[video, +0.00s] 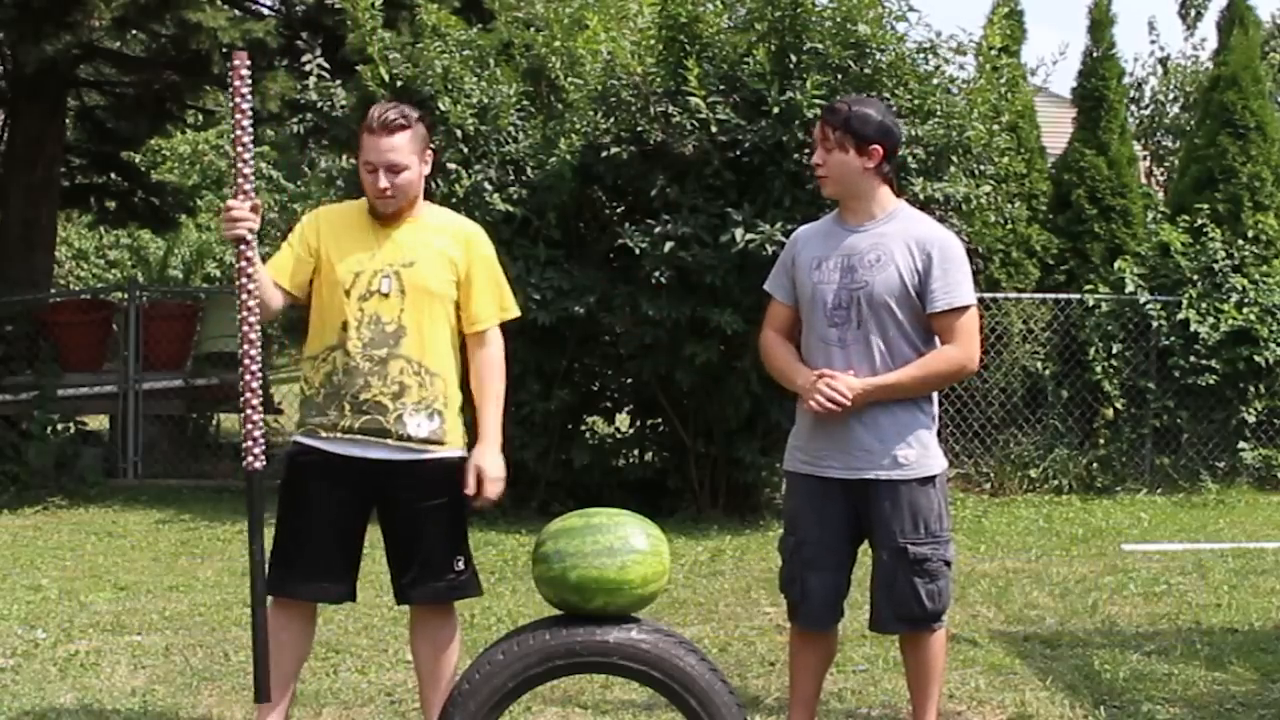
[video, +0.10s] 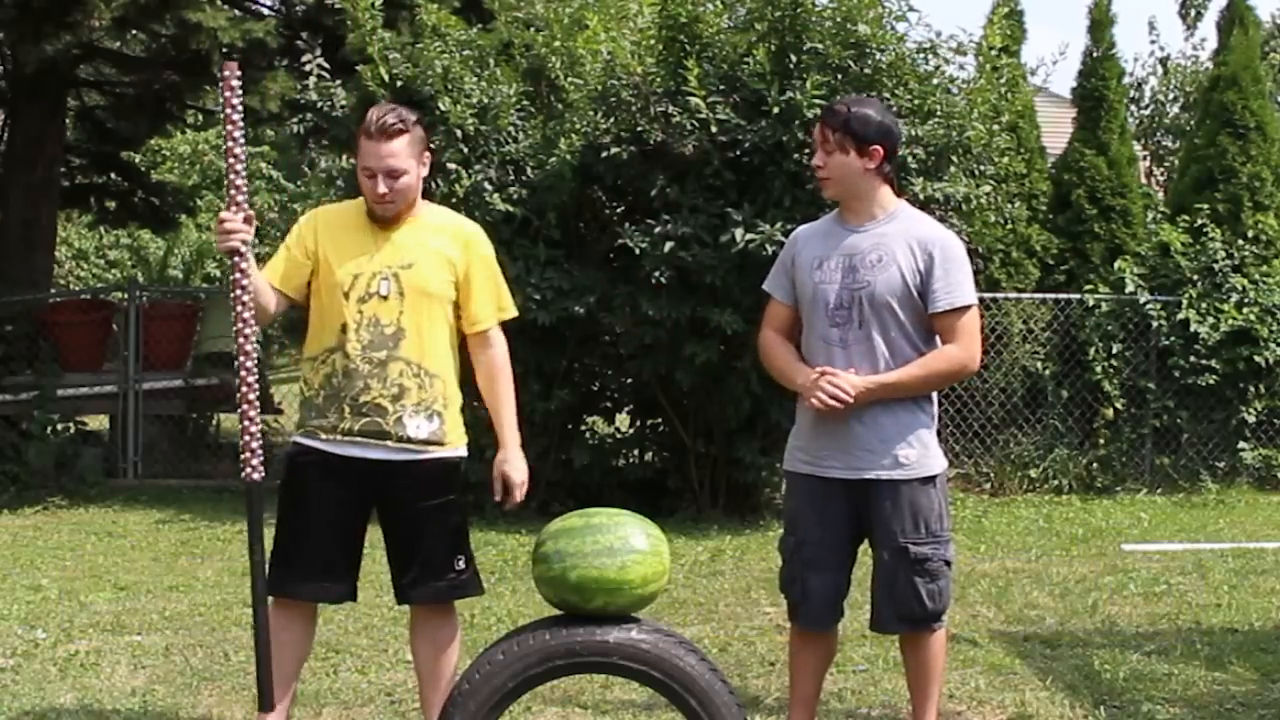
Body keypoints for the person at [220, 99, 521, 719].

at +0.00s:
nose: (382, 182)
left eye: (397, 168)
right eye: (370, 168)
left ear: (427, 162)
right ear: (356, 164)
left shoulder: (463, 239)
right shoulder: (322, 225)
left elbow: (485, 343)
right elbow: (268, 303)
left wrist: (489, 442)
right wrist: (244, 250)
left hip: (426, 453)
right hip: (326, 447)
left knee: (434, 598)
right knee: (292, 590)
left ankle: (439, 716)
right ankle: (271, 712)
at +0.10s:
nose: (381, 187)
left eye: (395, 174)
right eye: (369, 174)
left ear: (425, 164)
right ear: (355, 166)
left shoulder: (461, 237)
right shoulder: (320, 226)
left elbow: (487, 343)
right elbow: (267, 307)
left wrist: (509, 443)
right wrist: (240, 258)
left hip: (426, 454)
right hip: (326, 447)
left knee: (434, 598)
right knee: (292, 590)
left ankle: (439, 716)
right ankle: (273, 712)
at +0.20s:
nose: (351, 209)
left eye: (363, 194)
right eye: (337, 196)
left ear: (385, 177)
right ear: (316, 180)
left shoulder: (423, 236)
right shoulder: (275, 239)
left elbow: (447, 334)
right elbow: (255, 329)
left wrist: (467, 431)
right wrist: (253, 342)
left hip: (408, 455)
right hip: (309, 455)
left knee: (426, 600)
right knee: (293, 603)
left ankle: (440, 717)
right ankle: (275, 717)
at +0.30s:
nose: (349, 207)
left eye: (361, 192)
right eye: (335, 194)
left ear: (382, 176)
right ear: (313, 179)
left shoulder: (421, 236)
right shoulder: (273, 238)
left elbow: (445, 334)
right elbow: (246, 323)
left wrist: (467, 432)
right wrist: (250, 340)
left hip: (407, 454)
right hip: (308, 455)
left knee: (426, 599)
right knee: (292, 603)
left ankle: (439, 718)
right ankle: (275, 718)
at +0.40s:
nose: (349, 204)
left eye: (362, 190)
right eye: (336, 191)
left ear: (383, 176)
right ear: (314, 178)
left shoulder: (420, 236)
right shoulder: (273, 239)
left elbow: (444, 334)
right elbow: (244, 321)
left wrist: (466, 432)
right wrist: (246, 338)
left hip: (407, 454)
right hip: (307, 455)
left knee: (425, 599)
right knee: (292, 601)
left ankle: (439, 718)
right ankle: (275, 718)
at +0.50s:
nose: (352, 202)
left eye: (364, 188)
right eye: (338, 189)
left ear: (384, 174)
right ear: (315, 175)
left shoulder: (420, 236)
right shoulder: (272, 239)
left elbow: (443, 335)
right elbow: (243, 323)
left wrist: (464, 431)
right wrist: (246, 338)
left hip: (405, 454)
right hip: (306, 454)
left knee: (424, 598)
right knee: (291, 600)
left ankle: (439, 717)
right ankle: (275, 718)